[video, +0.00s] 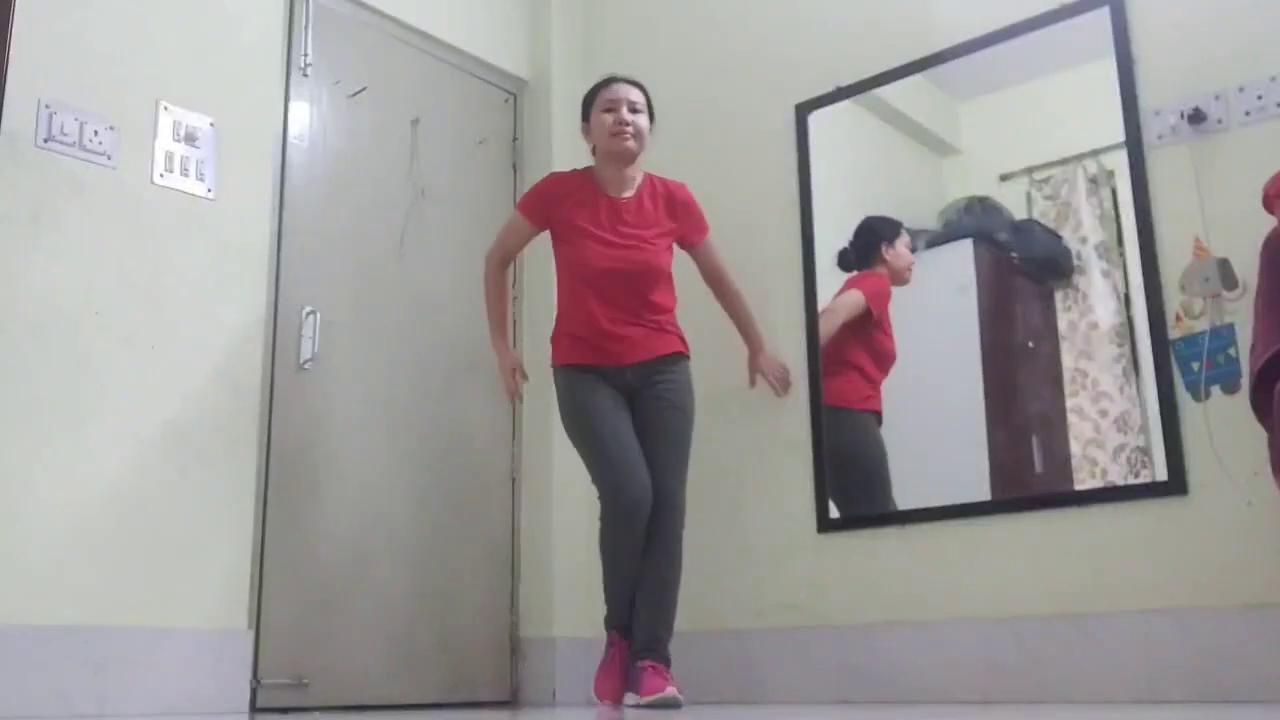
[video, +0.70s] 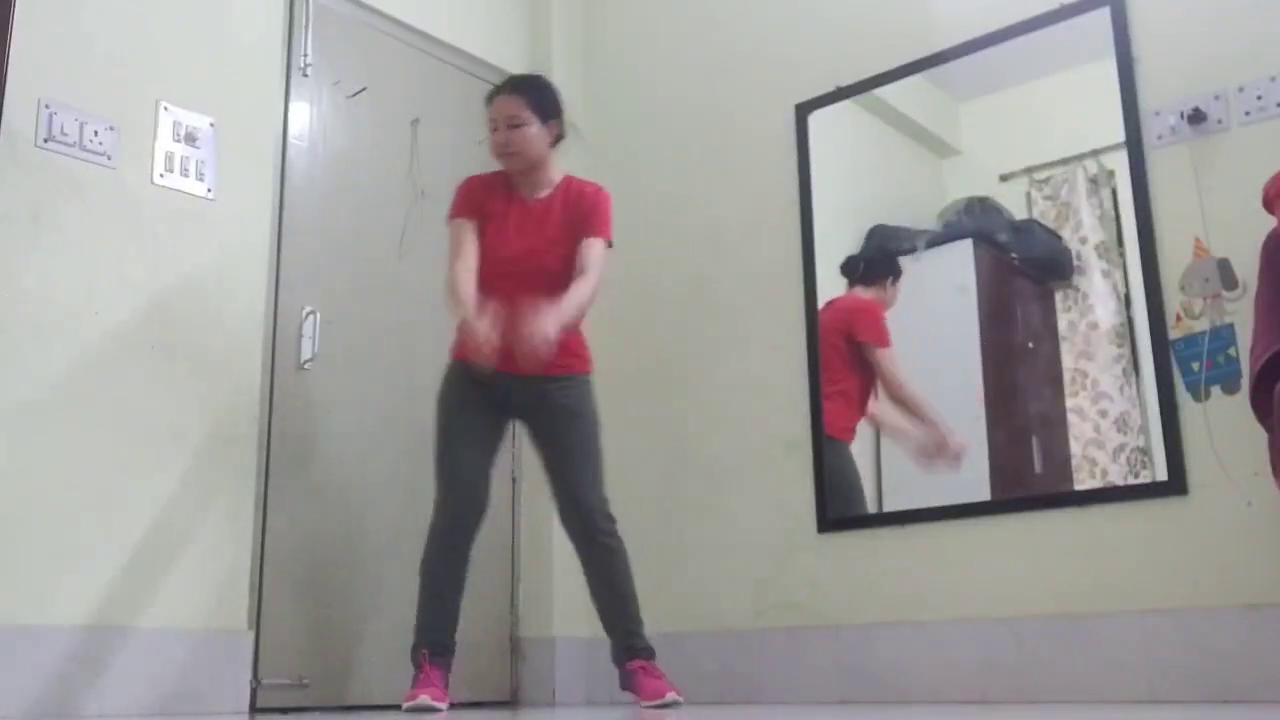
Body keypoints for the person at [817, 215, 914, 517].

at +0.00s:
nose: (913, 258)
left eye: (911, 249)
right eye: (907, 247)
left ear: (885, 252)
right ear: (886, 251)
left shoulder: (856, 284)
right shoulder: (875, 282)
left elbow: (822, 317)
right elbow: (833, 314)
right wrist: (798, 362)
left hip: (833, 419)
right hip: (848, 420)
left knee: (866, 529)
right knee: (878, 527)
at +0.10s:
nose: (915, 261)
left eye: (914, 251)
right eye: (910, 250)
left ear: (886, 255)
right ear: (889, 254)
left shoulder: (854, 289)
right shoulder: (880, 286)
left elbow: (821, 336)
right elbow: (841, 327)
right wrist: (831, 397)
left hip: (832, 422)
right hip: (853, 422)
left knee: (875, 528)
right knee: (886, 526)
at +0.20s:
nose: (915, 264)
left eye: (913, 254)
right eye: (910, 253)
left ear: (867, 260)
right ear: (891, 257)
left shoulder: (848, 295)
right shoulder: (881, 288)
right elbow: (861, 348)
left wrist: (898, 434)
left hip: (824, 427)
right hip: (848, 427)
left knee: (871, 530)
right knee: (885, 528)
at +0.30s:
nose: (914, 263)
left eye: (914, 253)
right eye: (911, 252)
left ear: (872, 255)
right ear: (893, 253)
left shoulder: (849, 292)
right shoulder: (882, 284)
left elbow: (858, 390)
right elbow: (897, 359)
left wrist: (916, 404)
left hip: (824, 416)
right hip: (846, 417)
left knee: (862, 526)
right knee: (874, 525)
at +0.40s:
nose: (913, 264)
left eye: (913, 255)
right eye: (911, 254)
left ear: (870, 255)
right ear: (897, 255)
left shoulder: (850, 288)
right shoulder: (885, 283)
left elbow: (875, 379)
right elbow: (926, 359)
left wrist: (932, 370)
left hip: (824, 415)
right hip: (842, 417)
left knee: (842, 521)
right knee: (861, 520)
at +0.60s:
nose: (903, 285)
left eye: (905, 276)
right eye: (904, 276)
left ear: (860, 271)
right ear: (893, 274)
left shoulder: (835, 304)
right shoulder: (872, 302)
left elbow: (876, 380)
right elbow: (921, 374)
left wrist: (945, 387)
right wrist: (974, 382)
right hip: (832, 431)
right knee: (858, 525)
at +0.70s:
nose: (897, 296)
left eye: (898, 287)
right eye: (897, 287)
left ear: (857, 279)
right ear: (887, 284)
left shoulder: (832, 311)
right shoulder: (865, 310)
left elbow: (869, 405)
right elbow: (895, 386)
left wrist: (920, 441)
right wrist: (942, 433)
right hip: (828, 442)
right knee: (856, 533)